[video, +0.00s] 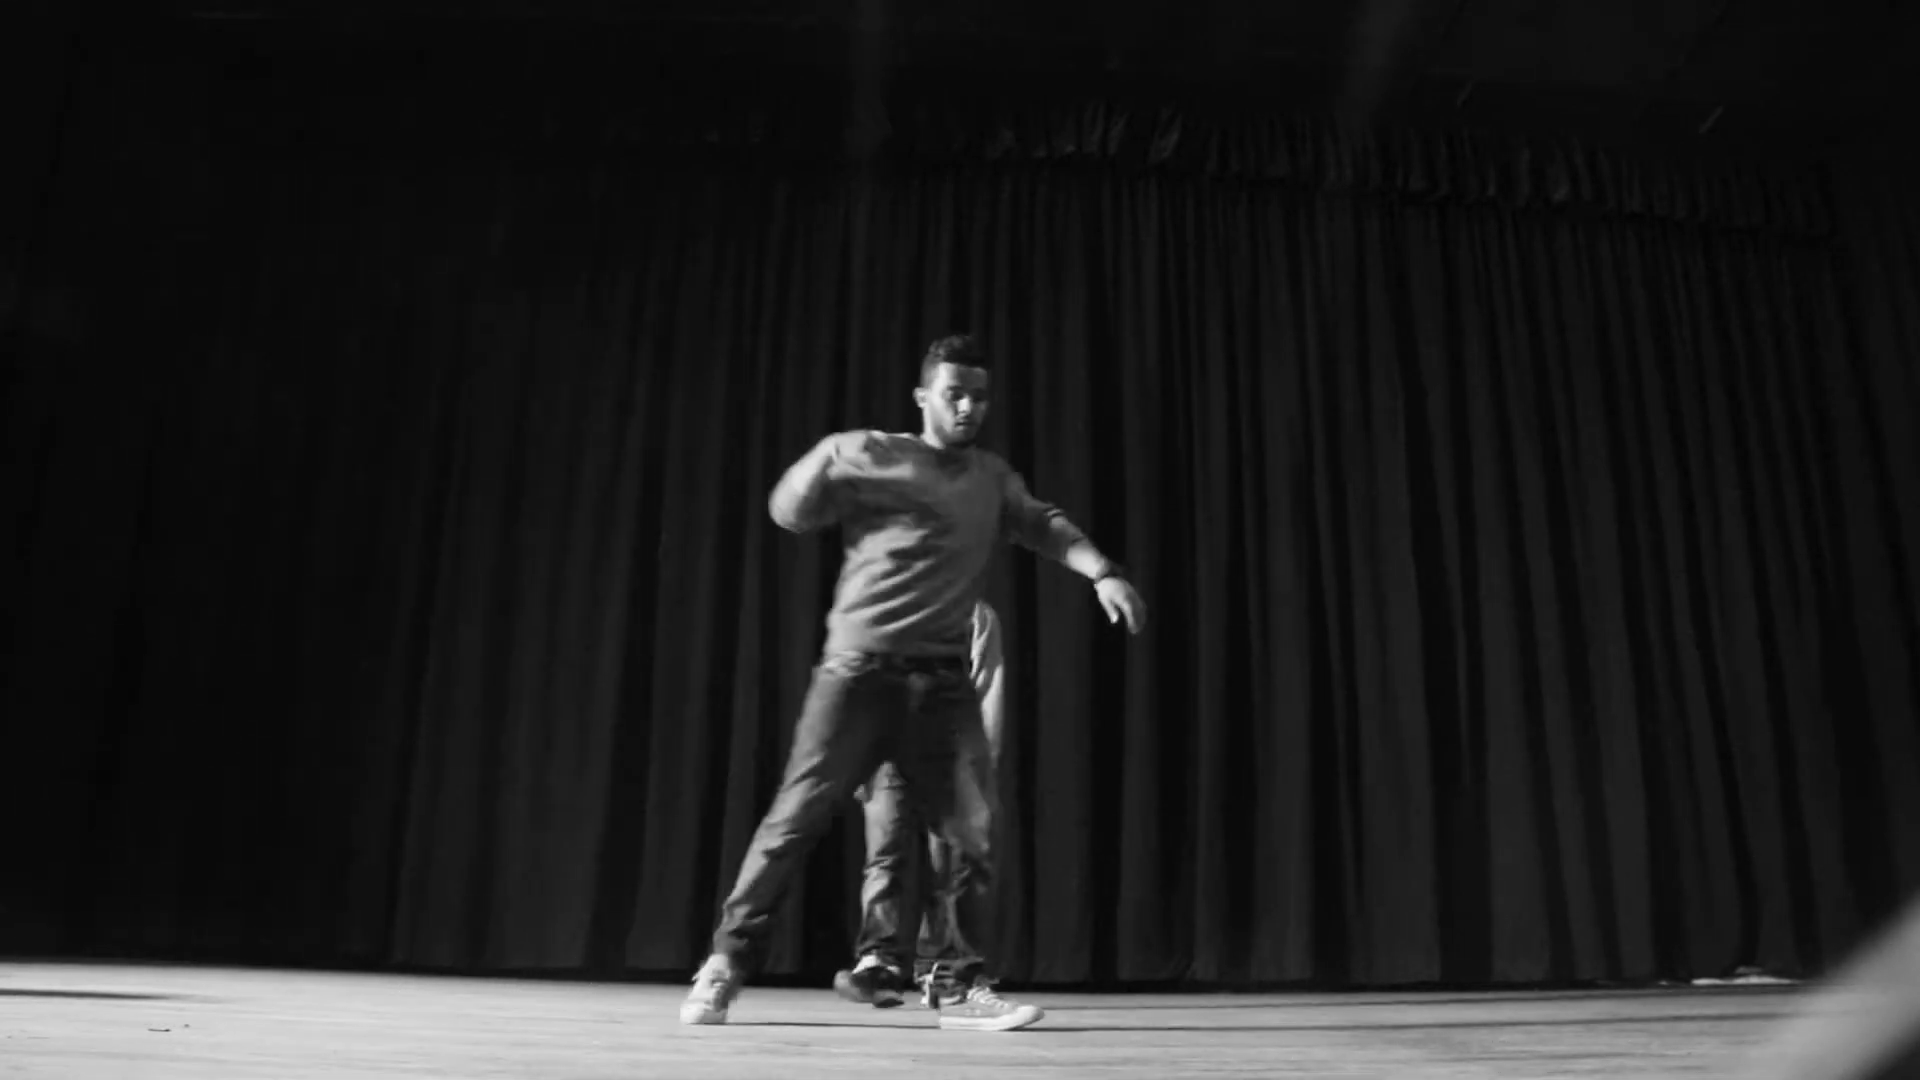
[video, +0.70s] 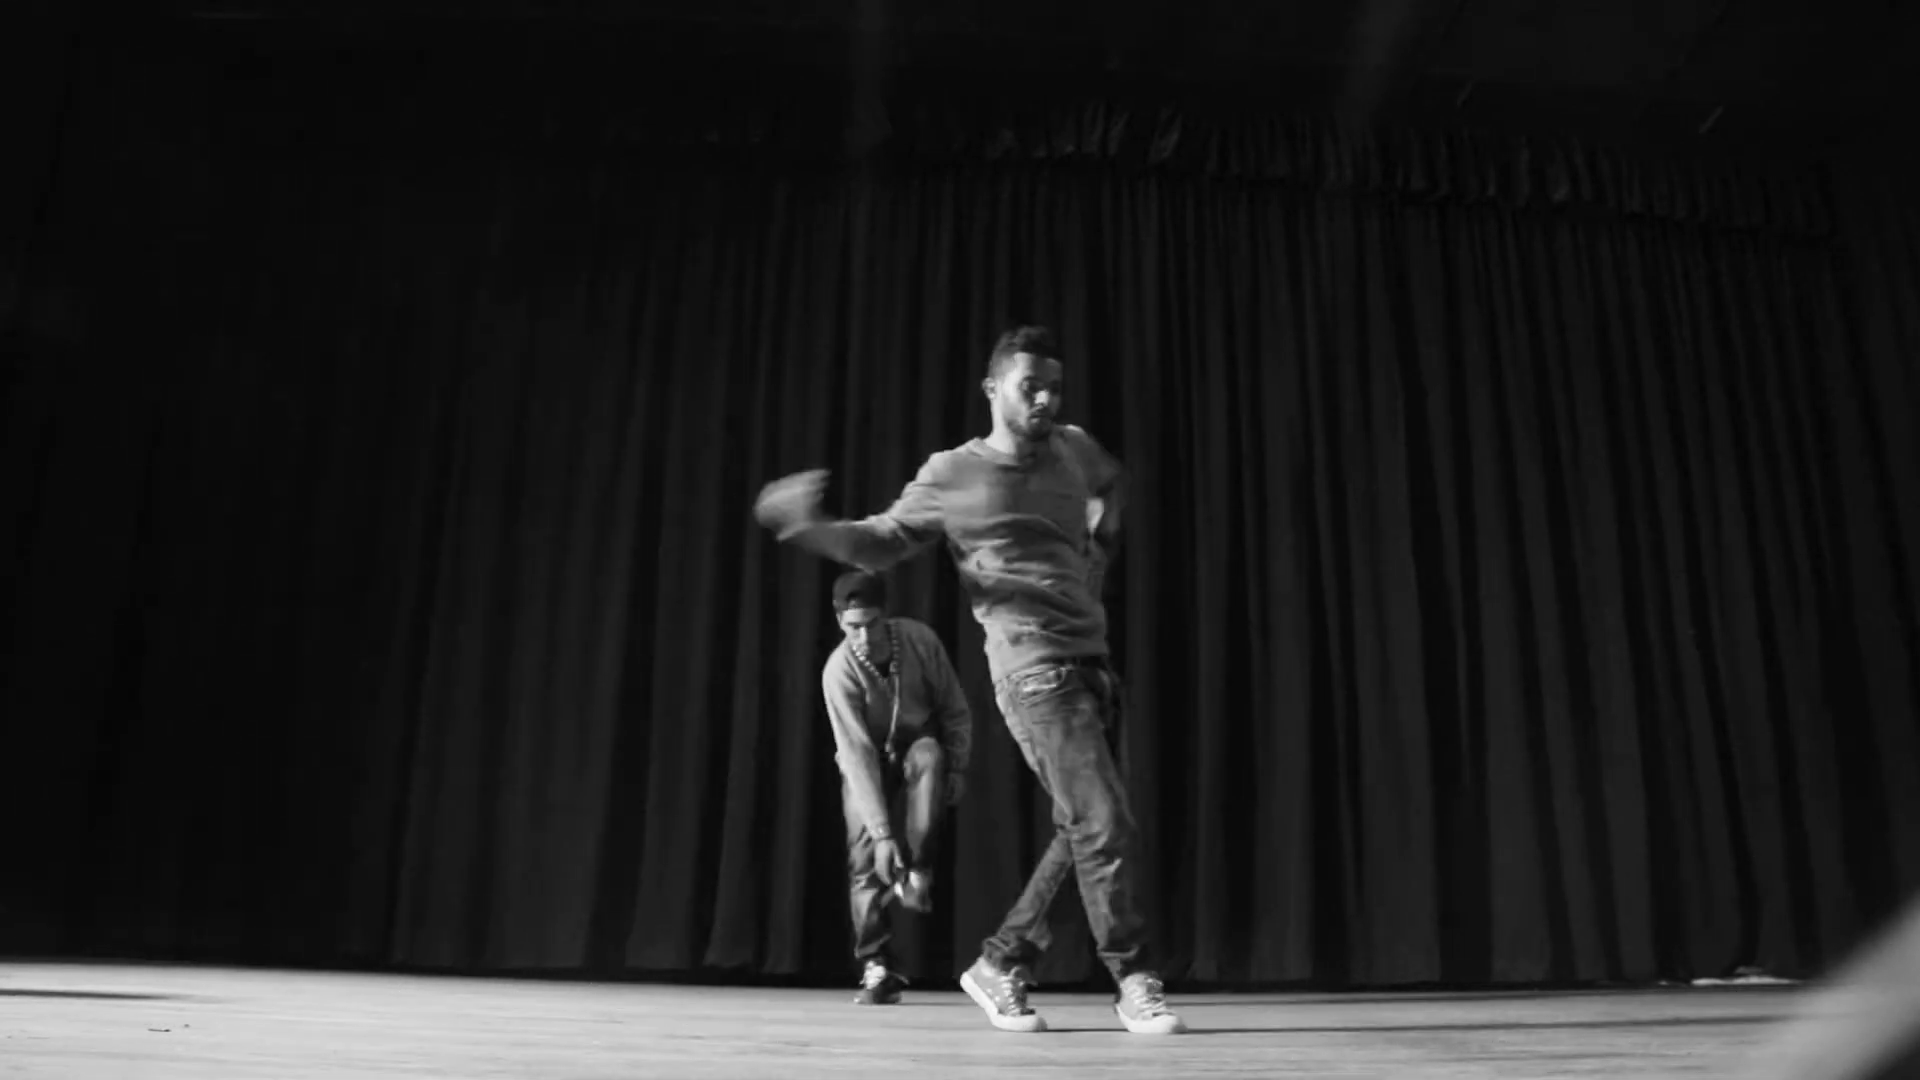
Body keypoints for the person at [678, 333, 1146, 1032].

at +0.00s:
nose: (967, 408)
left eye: (978, 397)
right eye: (954, 394)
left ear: (988, 403)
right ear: (922, 397)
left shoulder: (993, 477)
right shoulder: (871, 457)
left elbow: (1046, 529)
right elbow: (789, 513)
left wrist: (1102, 574)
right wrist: (825, 456)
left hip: (943, 679)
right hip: (859, 671)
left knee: (971, 834)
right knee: (798, 815)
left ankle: (960, 987)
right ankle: (724, 964)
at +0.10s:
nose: (980, 404)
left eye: (990, 392)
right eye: (967, 391)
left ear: (1002, 399)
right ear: (936, 395)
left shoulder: (1013, 460)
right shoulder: (895, 464)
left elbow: (1054, 528)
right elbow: (821, 547)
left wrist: (1080, 593)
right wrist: (850, 512)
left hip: (976, 672)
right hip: (894, 665)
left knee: (981, 832)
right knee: (861, 806)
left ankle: (957, 980)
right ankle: (757, 912)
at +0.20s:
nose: (990, 405)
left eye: (1000, 393)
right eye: (977, 392)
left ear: (1012, 399)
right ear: (946, 395)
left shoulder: (1034, 463)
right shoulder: (905, 473)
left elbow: (1066, 552)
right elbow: (860, 565)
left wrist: (1021, 602)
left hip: (1002, 653)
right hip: (927, 647)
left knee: (1005, 821)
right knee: (954, 786)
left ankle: (964, 977)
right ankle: (818, 868)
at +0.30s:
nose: (1001, 406)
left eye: (1011, 394)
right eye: (987, 393)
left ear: (1023, 400)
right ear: (955, 396)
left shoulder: (1044, 463)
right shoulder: (918, 476)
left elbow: (1079, 549)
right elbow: (877, 584)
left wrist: (994, 551)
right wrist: (869, 691)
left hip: (1032, 656)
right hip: (960, 650)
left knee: (1024, 827)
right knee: (1034, 774)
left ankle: (968, 983)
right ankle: (909, 878)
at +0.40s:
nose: (1011, 402)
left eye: (1021, 390)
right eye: (997, 388)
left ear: (1032, 395)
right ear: (964, 393)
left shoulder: (1051, 456)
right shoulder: (925, 474)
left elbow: (1128, 500)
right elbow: (871, 565)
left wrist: (1047, 518)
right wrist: (821, 651)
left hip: (1044, 656)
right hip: (986, 655)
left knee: (1022, 814)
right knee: (1083, 777)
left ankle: (976, 975)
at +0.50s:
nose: (1020, 400)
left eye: (1030, 389)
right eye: (1006, 387)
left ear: (1040, 393)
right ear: (973, 390)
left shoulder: (1060, 449)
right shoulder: (936, 468)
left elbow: (1161, 447)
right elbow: (854, 545)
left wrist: (1099, 493)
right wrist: (774, 610)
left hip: (1065, 652)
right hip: (1012, 657)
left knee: (1076, 812)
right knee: (1112, 789)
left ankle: (1001, 963)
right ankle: (1111, 966)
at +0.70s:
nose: (1044, 401)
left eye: (1053, 389)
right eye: (1030, 387)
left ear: (1059, 394)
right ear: (992, 390)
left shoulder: (1074, 450)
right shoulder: (954, 473)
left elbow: (1115, 484)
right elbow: (884, 534)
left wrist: (1102, 534)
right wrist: (806, 527)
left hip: (1091, 659)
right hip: (1030, 666)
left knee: (1086, 826)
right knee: (1104, 822)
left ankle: (1000, 965)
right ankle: (1137, 980)